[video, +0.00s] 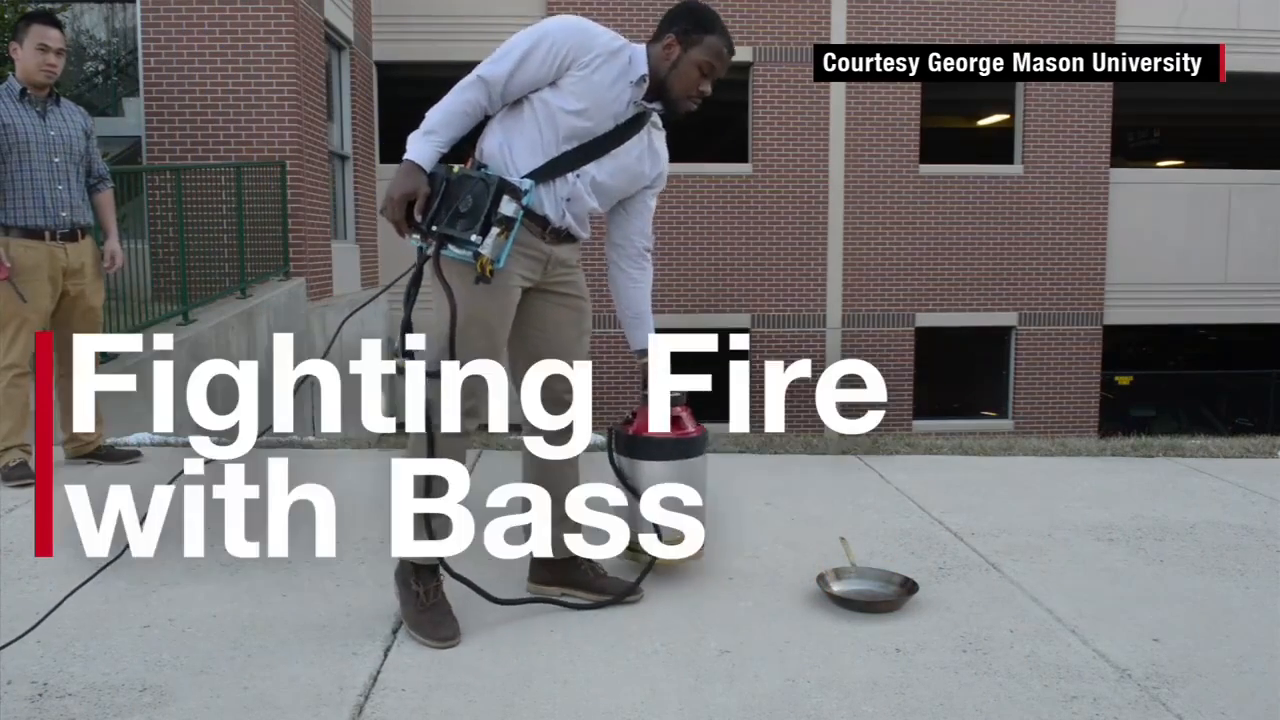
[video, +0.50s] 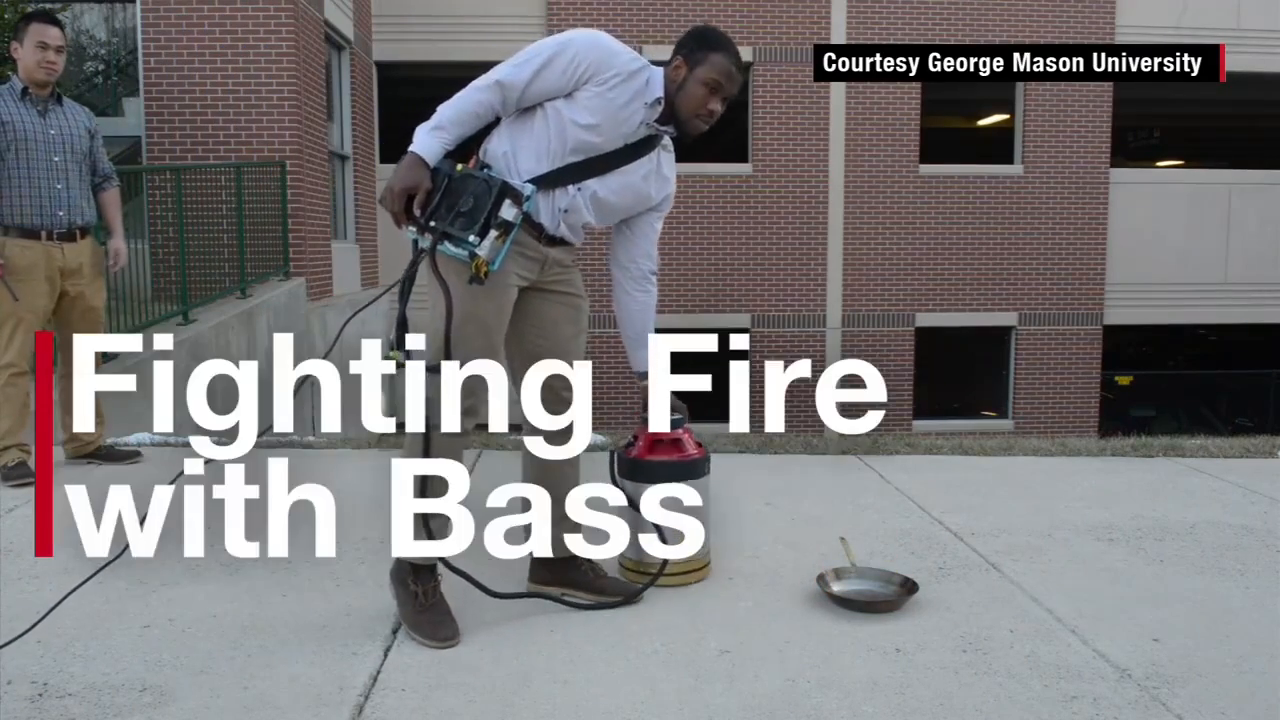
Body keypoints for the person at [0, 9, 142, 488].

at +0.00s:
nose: (53, 60)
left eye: (61, 54)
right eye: (43, 50)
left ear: (66, 61)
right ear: (15, 52)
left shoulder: (77, 116)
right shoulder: (3, 106)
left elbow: (98, 179)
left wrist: (112, 235)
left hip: (80, 249)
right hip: (21, 252)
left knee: (83, 352)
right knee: (17, 360)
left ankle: (86, 442)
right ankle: (13, 452)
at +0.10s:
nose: (52, 59)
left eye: (60, 53)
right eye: (42, 49)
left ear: (65, 61)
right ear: (15, 52)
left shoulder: (77, 115)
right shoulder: (3, 106)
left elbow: (100, 179)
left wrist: (113, 235)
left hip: (80, 249)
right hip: (21, 251)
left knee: (83, 352)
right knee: (17, 360)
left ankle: (86, 442)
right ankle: (13, 452)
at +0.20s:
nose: (52, 59)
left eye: (60, 52)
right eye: (42, 49)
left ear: (66, 61)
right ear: (15, 52)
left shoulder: (79, 115)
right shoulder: (3, 106)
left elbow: (101, 179)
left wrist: (114, 235)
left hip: (80, 249)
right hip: (21, 250)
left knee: (84, 352)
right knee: (17, 359)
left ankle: (86, 442)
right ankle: (13, 452)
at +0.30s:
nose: (52, 58)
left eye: (60, 52)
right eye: (42, 48)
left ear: (66, 60)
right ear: (15, 52)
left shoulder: (80, 116)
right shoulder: (3, 106)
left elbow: (102, 179)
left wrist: (115, 235)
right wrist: (1, 250)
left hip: (81, 249)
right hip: (21, 250)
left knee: (85, 352)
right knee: (17, 359)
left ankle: (86, 442)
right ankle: (13, 452)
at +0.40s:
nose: (52, 58)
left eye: (60, 52)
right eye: (42, 48)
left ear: (66, 60)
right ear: (16, 51)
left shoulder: (81, 116)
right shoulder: (3, 105)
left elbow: (103, 179)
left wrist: (116, 233)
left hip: (81, 249)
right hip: (21, 250)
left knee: (85, 352)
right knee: (17, 359)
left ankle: (86, 442)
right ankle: (13, 453)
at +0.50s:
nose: (52, 58)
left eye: (60, 51)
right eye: (42, 48)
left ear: (66, 60)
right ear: (16, 51)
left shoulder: (81, 116)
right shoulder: (3, 105)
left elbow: (104, 178)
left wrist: (117, 234)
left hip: (82, 249)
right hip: (21, 250)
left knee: (85, 351)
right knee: (17, 358)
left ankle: (86, 442)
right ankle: (13, 452)